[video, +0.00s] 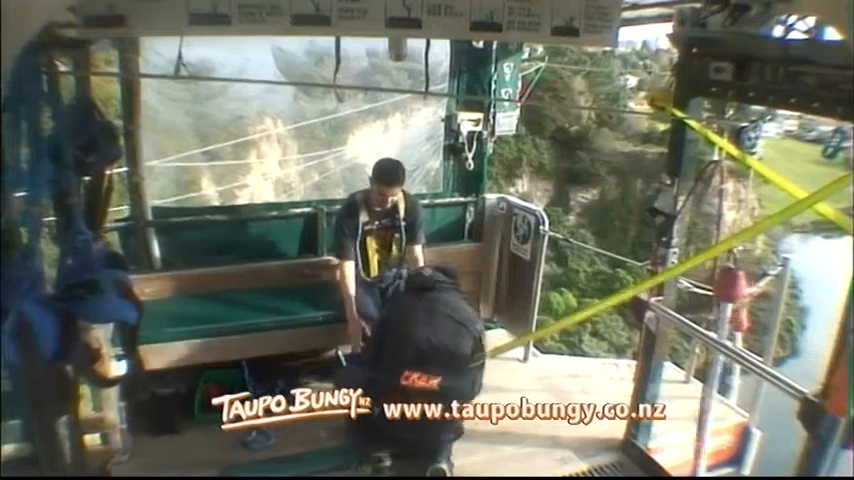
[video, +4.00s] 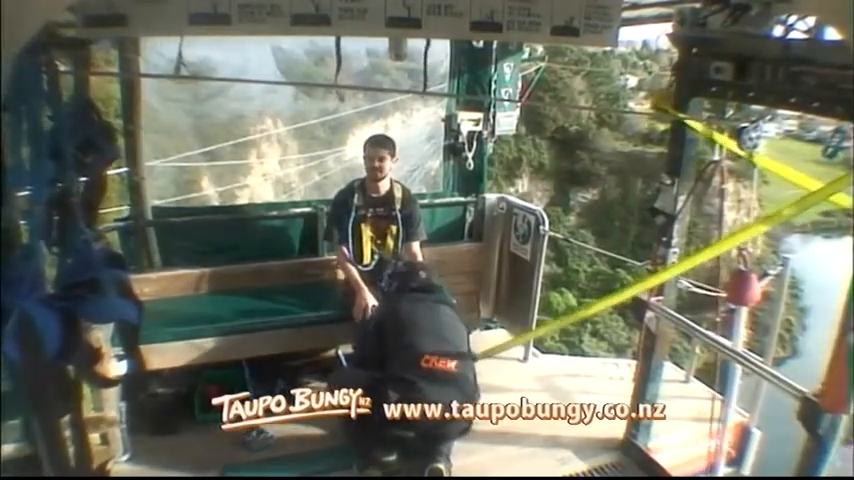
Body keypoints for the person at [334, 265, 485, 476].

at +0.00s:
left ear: (412, 284)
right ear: (454, 286)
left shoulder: (395, 306)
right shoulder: (470, 316)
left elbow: (372, 360)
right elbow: (473, 386)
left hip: (391, 406)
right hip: (447, 406)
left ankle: (377, 451)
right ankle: (442, 457)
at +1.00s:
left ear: (411, 284)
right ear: (453, 285)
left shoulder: (399, 303)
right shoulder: (469, 310)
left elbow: (370, 352)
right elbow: (478, 373)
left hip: (400, 410)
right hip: (454, 411)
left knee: (347, 376)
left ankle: (379, 451)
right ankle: (441, 457)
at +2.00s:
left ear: (410, 280)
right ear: (444, 283)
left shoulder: (390, 304)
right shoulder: (457, 307)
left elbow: (366, 356)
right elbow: (499, 363)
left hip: (392, 408)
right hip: (444, 409)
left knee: (348, 378)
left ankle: (378, 453)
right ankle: (439, 458)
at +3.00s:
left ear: (396, 284)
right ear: (436, 284)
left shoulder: (389, 306)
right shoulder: (458, 314)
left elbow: (364, 362)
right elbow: (469, 373)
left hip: (400, 418)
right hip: (454, 420)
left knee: (342, 380)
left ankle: (376, 454)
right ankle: (441, 456)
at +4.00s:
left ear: (394, 285)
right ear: (432, 285)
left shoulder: (387, 310)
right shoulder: (452, 315)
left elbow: (366, 363)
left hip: (404, 411)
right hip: (457, 414)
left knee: (341, 381)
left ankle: (377, 452)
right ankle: (441, 457)